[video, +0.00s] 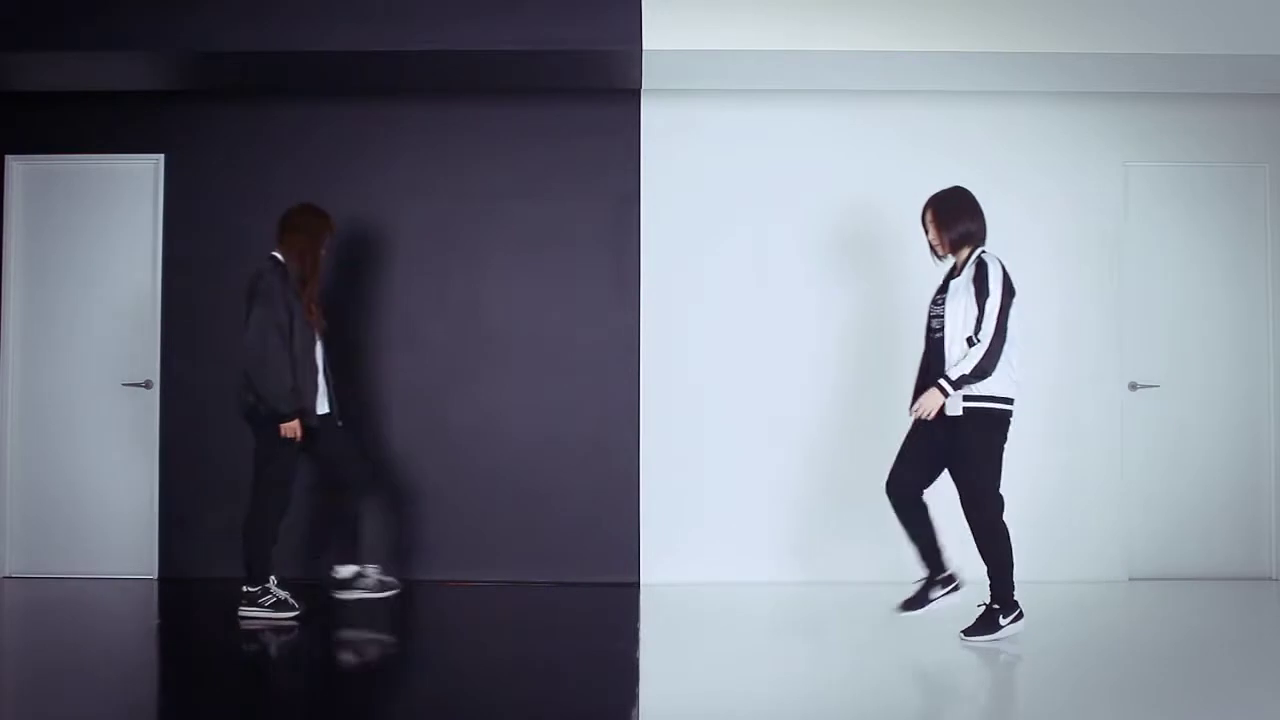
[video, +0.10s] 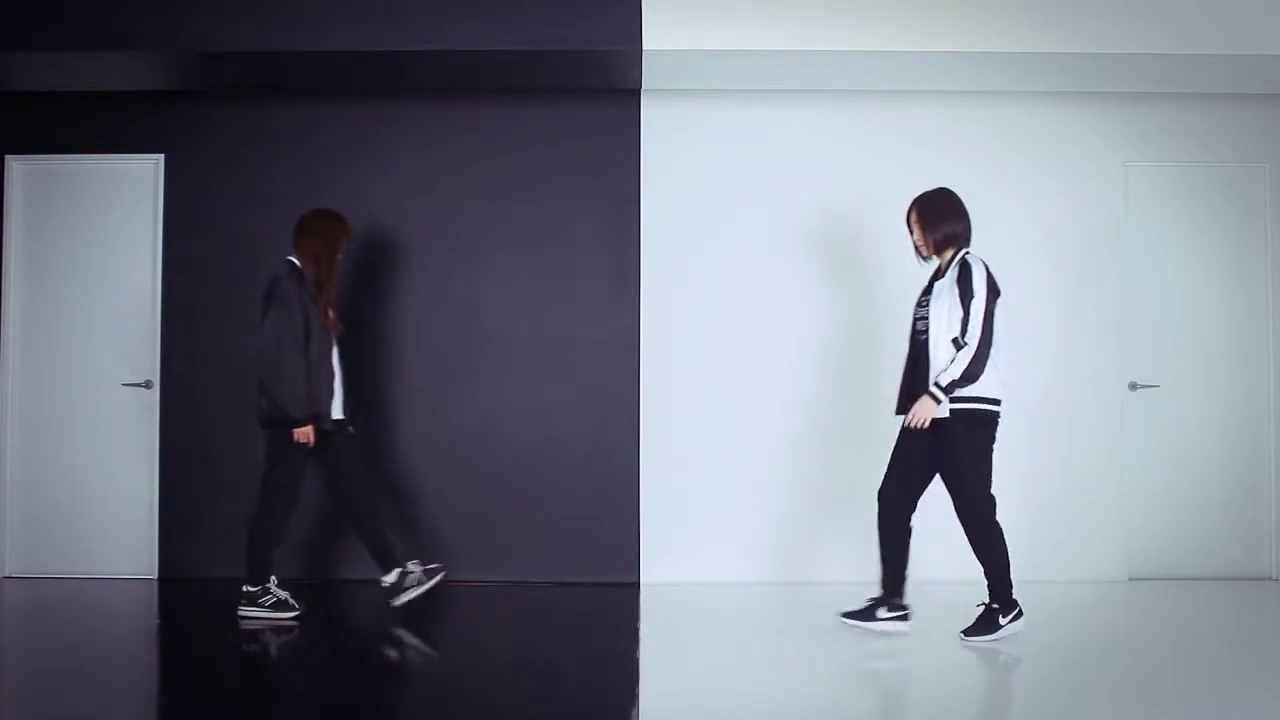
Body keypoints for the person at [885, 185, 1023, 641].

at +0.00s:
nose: (929, 239)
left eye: (933, 228)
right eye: (926, 230)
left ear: (957, 225)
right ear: (950, 230)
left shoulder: (989, 268)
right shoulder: (952, 277)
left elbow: (988, 345)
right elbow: (943, 347)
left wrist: (943, 389)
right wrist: (928, 395)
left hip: (982, 410)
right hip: (944, 407)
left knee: (981, 506)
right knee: (902, 487)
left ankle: (1005, 602)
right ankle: (938, 574)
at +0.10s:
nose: (913, 238)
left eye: (918, 228)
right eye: (911, 229)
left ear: (940, 225)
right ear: (933, 229)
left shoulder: (972, 269)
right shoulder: (936, 278)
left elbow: (975, 347)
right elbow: (935, 347)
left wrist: (935, 395)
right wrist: (918, 399)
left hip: (967, 413)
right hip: (928, 413)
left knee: (975, 508)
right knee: (893, 500)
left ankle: (1004, 602)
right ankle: (891, 601)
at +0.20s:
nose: (897, 241)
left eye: (901, 232)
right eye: (895, 233)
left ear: (923, 231)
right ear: (925, 231)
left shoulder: (954, 275)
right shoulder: (920, 282)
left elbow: (958, 352)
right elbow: (918, 353)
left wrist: (931, 413)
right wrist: (909, 413)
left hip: (950, 421)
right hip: (913, 419)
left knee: (967, 514)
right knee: (886, 514)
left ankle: (1003, 602)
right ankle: (857, 608)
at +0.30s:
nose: (878, 245)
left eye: (883, 236)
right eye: (877, 237)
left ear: (906, 235)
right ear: (900, 239)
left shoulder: (935, 283)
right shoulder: (900, 289)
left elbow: (939, 357)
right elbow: (898, 361)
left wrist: (929, 428)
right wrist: (882, 422)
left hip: (925, 430)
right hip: (889, 430)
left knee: (955, 521)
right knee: (872, 526)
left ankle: (999, 600)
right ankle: (843, 618)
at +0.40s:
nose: (856, 241)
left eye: (860, 232)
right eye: (855, 233)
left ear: (882, 232)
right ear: (885, 233)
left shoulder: (910, 279)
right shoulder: (877, 285)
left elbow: (923, 351)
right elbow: (876, 356)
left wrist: (923, 421)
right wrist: (856, 417)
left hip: (897, 428)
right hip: (863, 428)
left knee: (929, 519)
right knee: (851, 526)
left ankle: (987, 591)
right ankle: (838, 619)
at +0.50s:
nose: (835, 233)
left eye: (839, 224)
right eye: (835, 225)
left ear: (861, 225)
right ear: (863, 225)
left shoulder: (891, 274)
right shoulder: (852, 282)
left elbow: (910, 346)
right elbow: (847, 352)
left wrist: (907, 414)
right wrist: (828, 411)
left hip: (877, 421)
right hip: (839, 421)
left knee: (896, 513)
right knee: (838, 518)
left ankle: (964, 585)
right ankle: (837, 619)